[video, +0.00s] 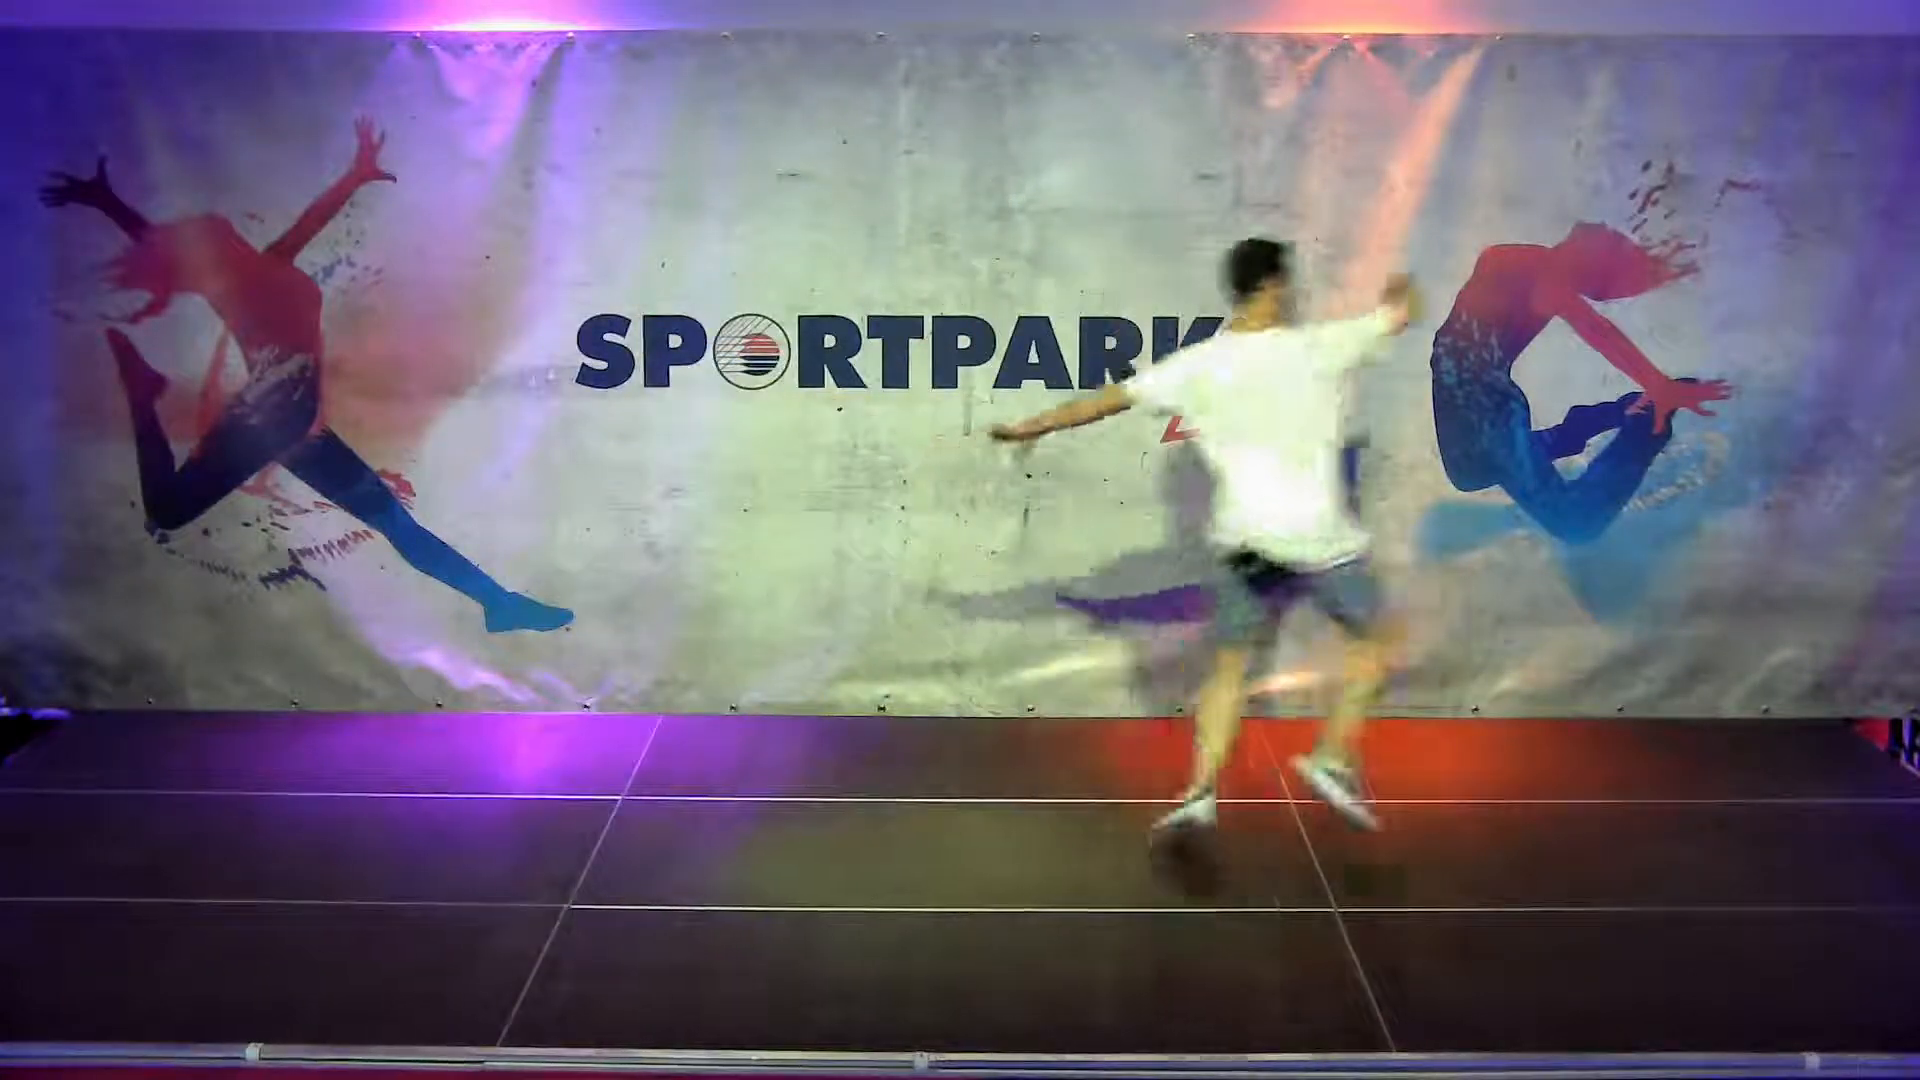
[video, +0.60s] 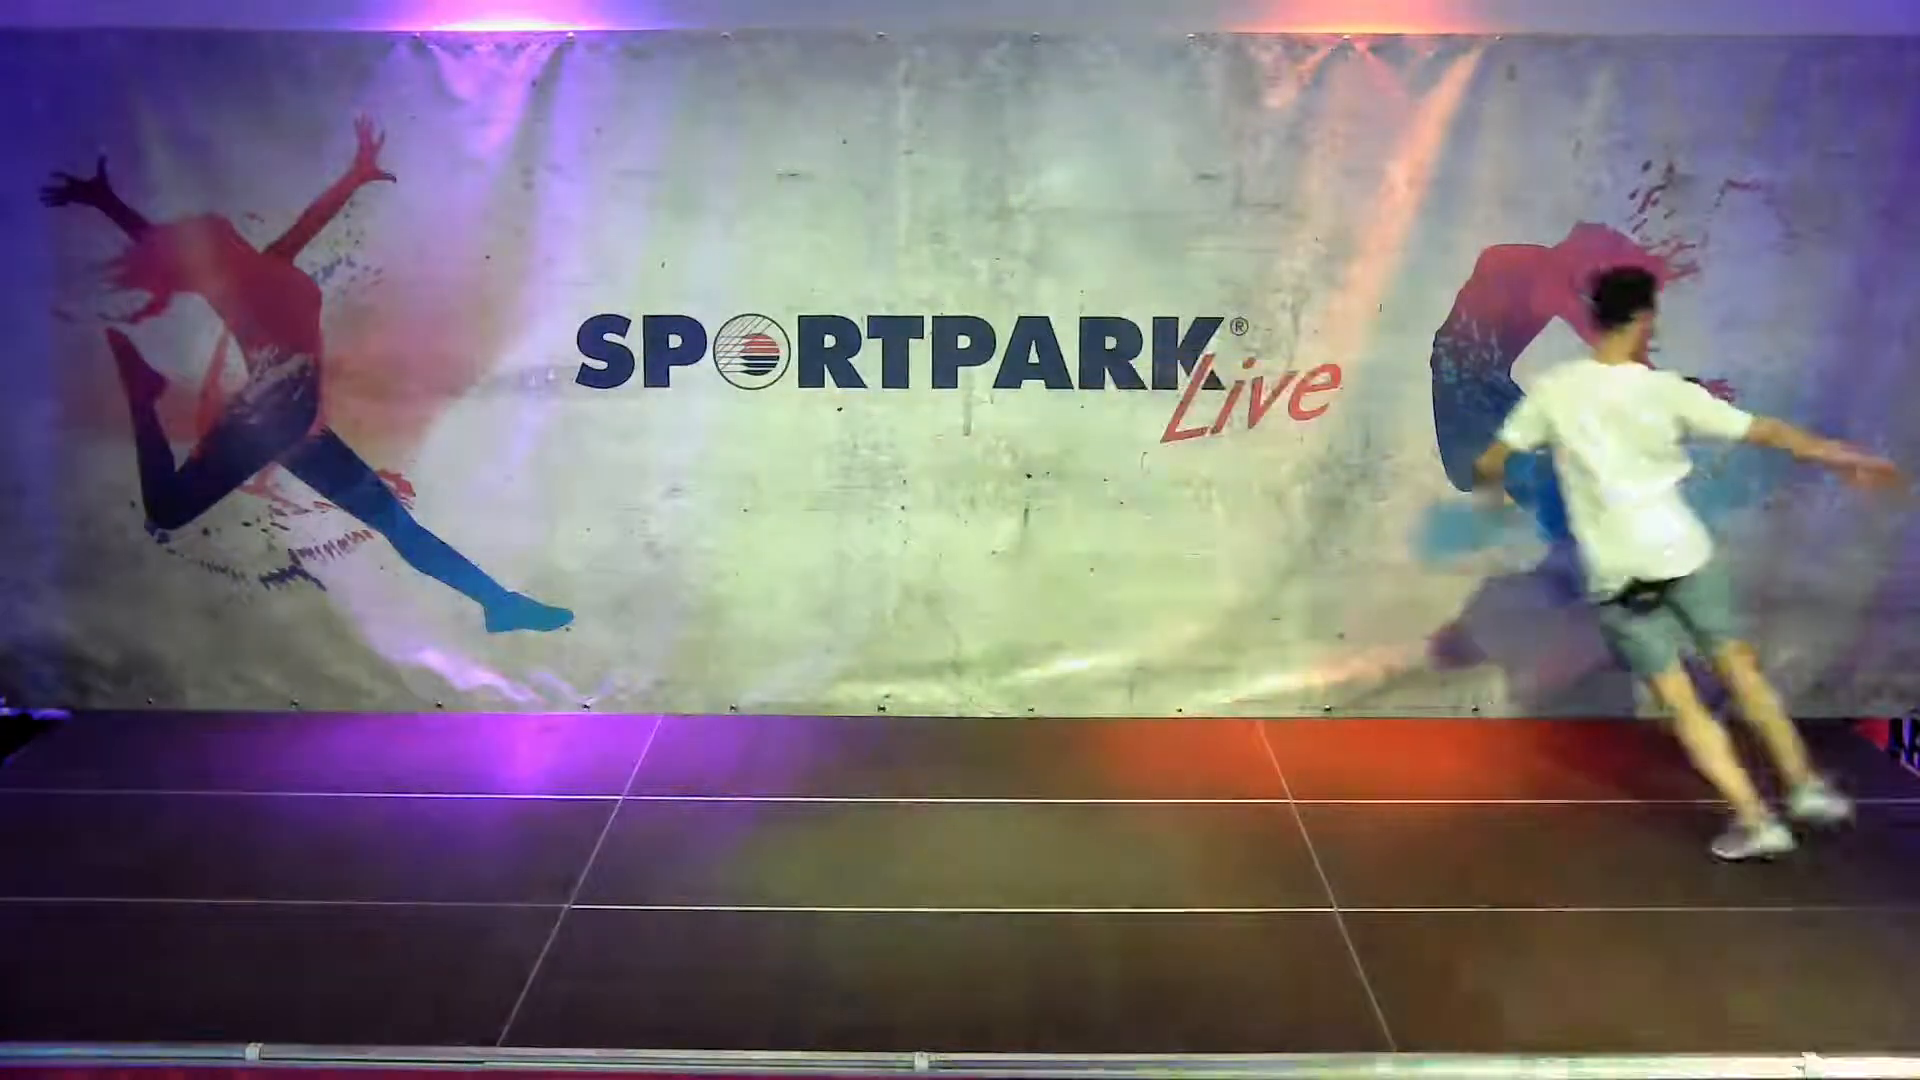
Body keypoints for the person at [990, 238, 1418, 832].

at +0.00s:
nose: (1289, 294)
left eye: (1282, 284)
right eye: (1285, 285)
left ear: (1233, 291)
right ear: (1274, 288)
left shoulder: (1198, 363)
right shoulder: (1319, 347)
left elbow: (1115, 399)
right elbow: (1397, 318)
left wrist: (1034, 427)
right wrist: (1402, 290)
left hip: (1245, 537)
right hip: (1318, 534)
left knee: (1229, 660)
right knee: (1375, 640)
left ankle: (1201, 792)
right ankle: (1333, 759)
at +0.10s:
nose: (1370, 293)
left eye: (1366, 282)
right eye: (1367, 282)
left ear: (1312, 289)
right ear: (1358, 286)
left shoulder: (1279, 353)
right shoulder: (1398, 341)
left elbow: (1183, 374)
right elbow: (1473, 309)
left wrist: (1089, 393)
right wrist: (1436, 275)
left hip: (1326, 537)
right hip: (1394, 537)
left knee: (1362, 656)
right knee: (1423, 663)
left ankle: (1350, 794)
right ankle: (1397, 814)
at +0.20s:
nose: (1419, 310)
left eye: (1411, 299)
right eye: (1416, 299)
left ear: (1365, 308)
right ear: (1412, 304)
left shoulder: (1331, 371)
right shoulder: (1442, 359)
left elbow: (1237, 371)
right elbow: (1505, 330)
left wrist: (1138, 369)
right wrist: (1450, 277)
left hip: (1371, 559)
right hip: (1437, 553)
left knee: (1447, 679)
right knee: (1434, 694)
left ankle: (1504, 801)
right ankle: (1388, 846)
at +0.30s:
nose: (1512, 350)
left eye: (1508, 340)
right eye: (1508, 339)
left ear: (1451, 344)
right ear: (1497, 343)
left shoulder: (1418, 402)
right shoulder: (1527, 399)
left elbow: (1315, 403)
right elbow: (1587, 380)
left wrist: (1239, 386)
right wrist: (1539, 340)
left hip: (1488, 585)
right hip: (1534, 583)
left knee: (1584, 694)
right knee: (1519, 711)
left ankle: (1654, 820)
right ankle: (1409, 830)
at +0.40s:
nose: (1570, 347)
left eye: (1567, 337)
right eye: (1567, 336)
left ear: (1514, 339)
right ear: (1555, 338)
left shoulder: (1482, 404)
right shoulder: (1591, 395)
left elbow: (1403, 429)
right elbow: (1661, 402)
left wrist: (1323, 449)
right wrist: (1688, 395)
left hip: (1542, 589)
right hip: (1602, 579)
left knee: (1646, 686)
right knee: (1649, 697)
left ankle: (1674, 818)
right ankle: (1553, 791)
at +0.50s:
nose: (1622, 327)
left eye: (1615, 318)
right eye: (1620, 317)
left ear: (1567, 321)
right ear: (1615, 321)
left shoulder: (1532, 393)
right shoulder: (1645, 389)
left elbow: (1456, 455)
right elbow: (1741, 421)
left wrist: (1419, 502)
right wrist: (1821, 439)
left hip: (1587, 571)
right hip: (1652, 555)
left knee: (1655, 687)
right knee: (1712, 660)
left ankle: (1703, 809)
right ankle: (1739, 800)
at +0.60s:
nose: (1653, 330)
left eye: (1650, 320)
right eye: (1651, 320)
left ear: (1596, 322)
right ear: (1639, 322)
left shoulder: (1553, 392)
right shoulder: (1661, 389)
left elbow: (1488, 465)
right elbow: (1758, 430)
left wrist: (1495, 481)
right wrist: (1837, 455)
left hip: (1613, 572)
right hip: (1682, 553)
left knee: (1680, 702)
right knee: (1740, 668)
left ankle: (1756, 821)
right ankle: (1804, 784)